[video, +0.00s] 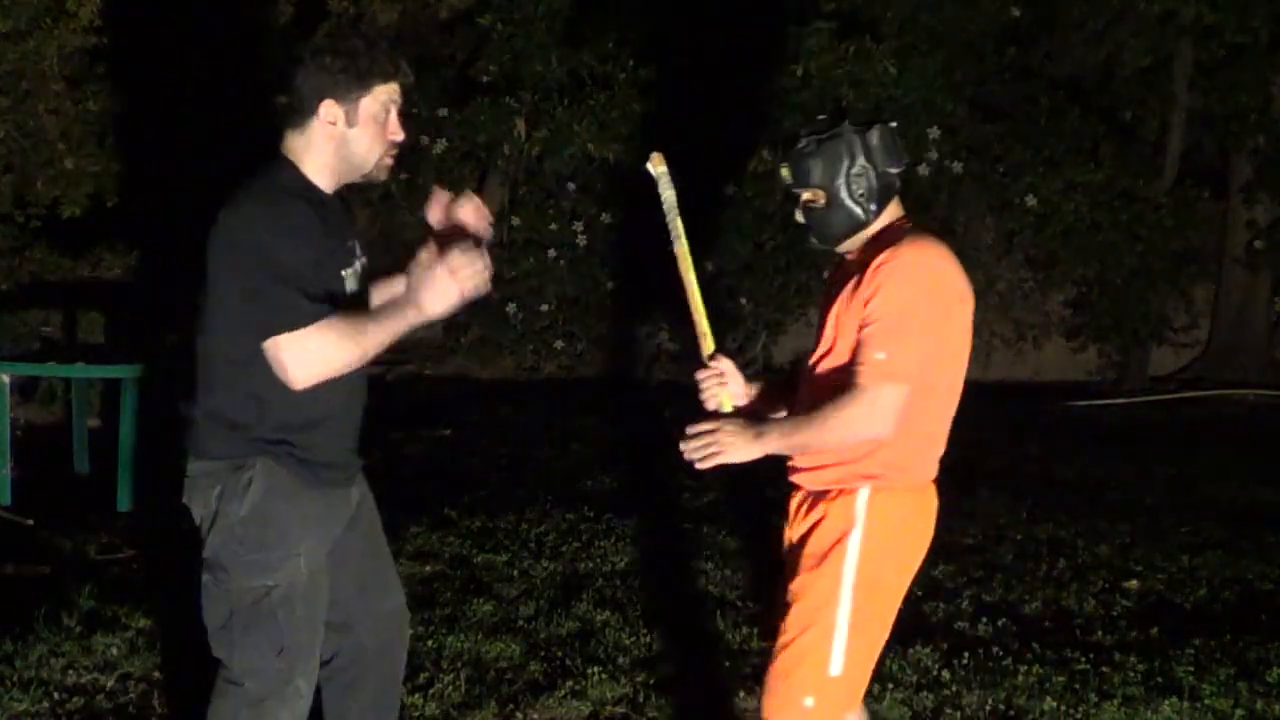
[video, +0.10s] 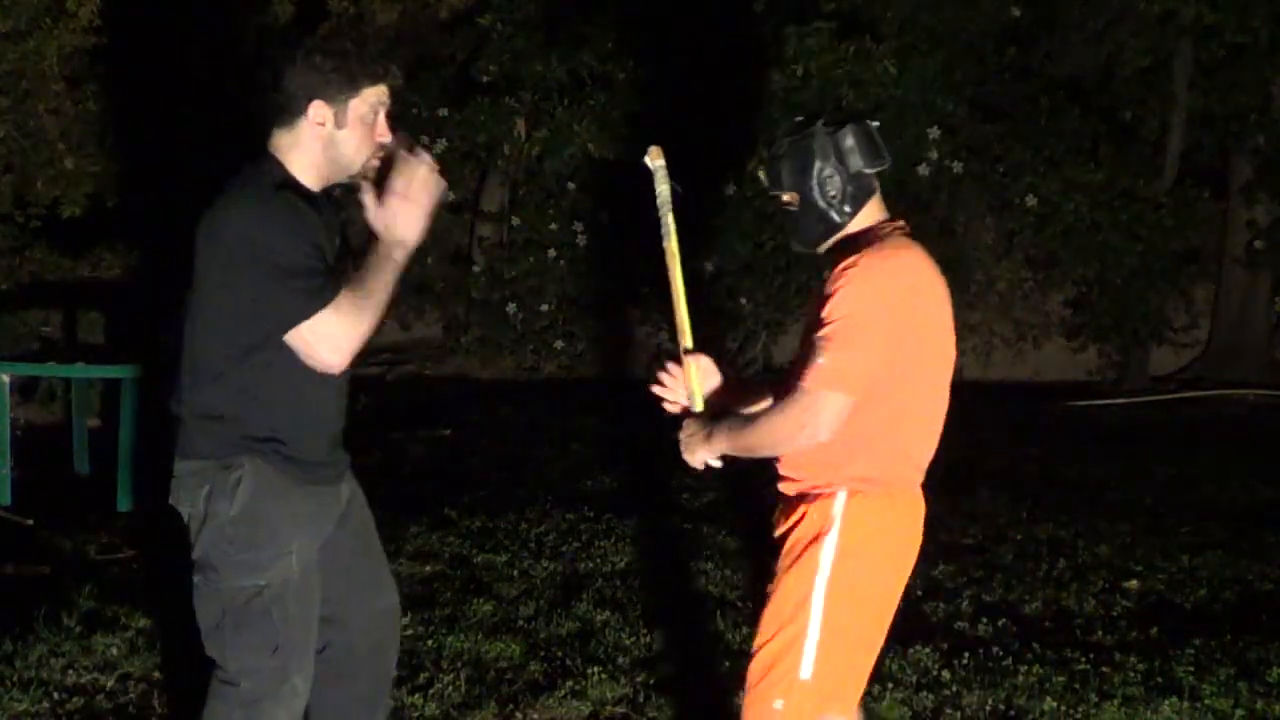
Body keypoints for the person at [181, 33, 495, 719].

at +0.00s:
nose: (399, 136)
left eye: (398, 118)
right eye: (386, 116)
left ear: (335, 120)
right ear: (332, 118)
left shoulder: (328, 215)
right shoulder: (262, 218)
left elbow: (347, 312)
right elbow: (299, 358)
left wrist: (427, 267)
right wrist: (417, 305)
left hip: (331, 478)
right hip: (260, 480)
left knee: (372, 649)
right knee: (268, 680)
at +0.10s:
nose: (386, 137)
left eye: (386, 117)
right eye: (374, 116)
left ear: (327, 121)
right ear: (323, 118)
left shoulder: (316, 211)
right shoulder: (255, 214)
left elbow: (332, 328)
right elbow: (330, 346)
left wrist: (385, 233)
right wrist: (394, 245)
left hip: (319, 475)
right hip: (246, 480)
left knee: (365, 637)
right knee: (264, 682)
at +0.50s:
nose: (349, 140)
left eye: (353, 123)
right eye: (338, 119)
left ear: (295, 124)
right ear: (290, 119)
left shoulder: (290, 212)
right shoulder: (217, 204)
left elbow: (351, 315)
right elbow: (295, 317)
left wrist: (352, 210)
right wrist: (337, 216)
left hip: (274, 476)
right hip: (198, 472)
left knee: (294, 665)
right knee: (211, 676)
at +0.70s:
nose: (304, 143)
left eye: (305, 125)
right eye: (294, 123)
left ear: (245, 124)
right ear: (246, 122)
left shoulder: (244, 219)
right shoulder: (183, 216)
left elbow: (311, 317)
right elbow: (271, 327)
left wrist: (312, 223)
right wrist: (308, 222)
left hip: (257, 500)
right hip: (174, 497)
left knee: (299, 654)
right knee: (118, 686)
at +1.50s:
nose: (304, 162)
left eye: (300, 142)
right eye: (288, 142)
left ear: (240, 152)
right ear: (234, 149)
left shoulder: (252, 247)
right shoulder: (163, 251)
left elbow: (311, 304)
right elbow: (221, 368)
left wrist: (359, 257)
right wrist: (302, 276)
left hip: (264, 506)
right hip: (172, 515)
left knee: (352, 626)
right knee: (136, 702)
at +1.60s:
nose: (357, 195)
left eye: (353, 175)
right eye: (341, 176)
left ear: (289, 189)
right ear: (285, 187)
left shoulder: (318, 263)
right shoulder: (217, 282)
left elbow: (380, 245)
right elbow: (287, 401)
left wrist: (462, 226)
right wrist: (370, 314)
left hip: (277, 521)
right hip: (181, 526)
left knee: (387, 621)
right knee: (140, 704)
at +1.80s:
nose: (485, 213)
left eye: (483, 196)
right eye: (472, 198)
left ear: (419, 204)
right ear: (416, 205)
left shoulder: (413, 250)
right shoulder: (364, 285)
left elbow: (493, 219)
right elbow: (473, 396)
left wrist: (588, 219)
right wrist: (562, 346)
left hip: (383, 500)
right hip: (290, 510)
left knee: (481, 619)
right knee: (247, 694)